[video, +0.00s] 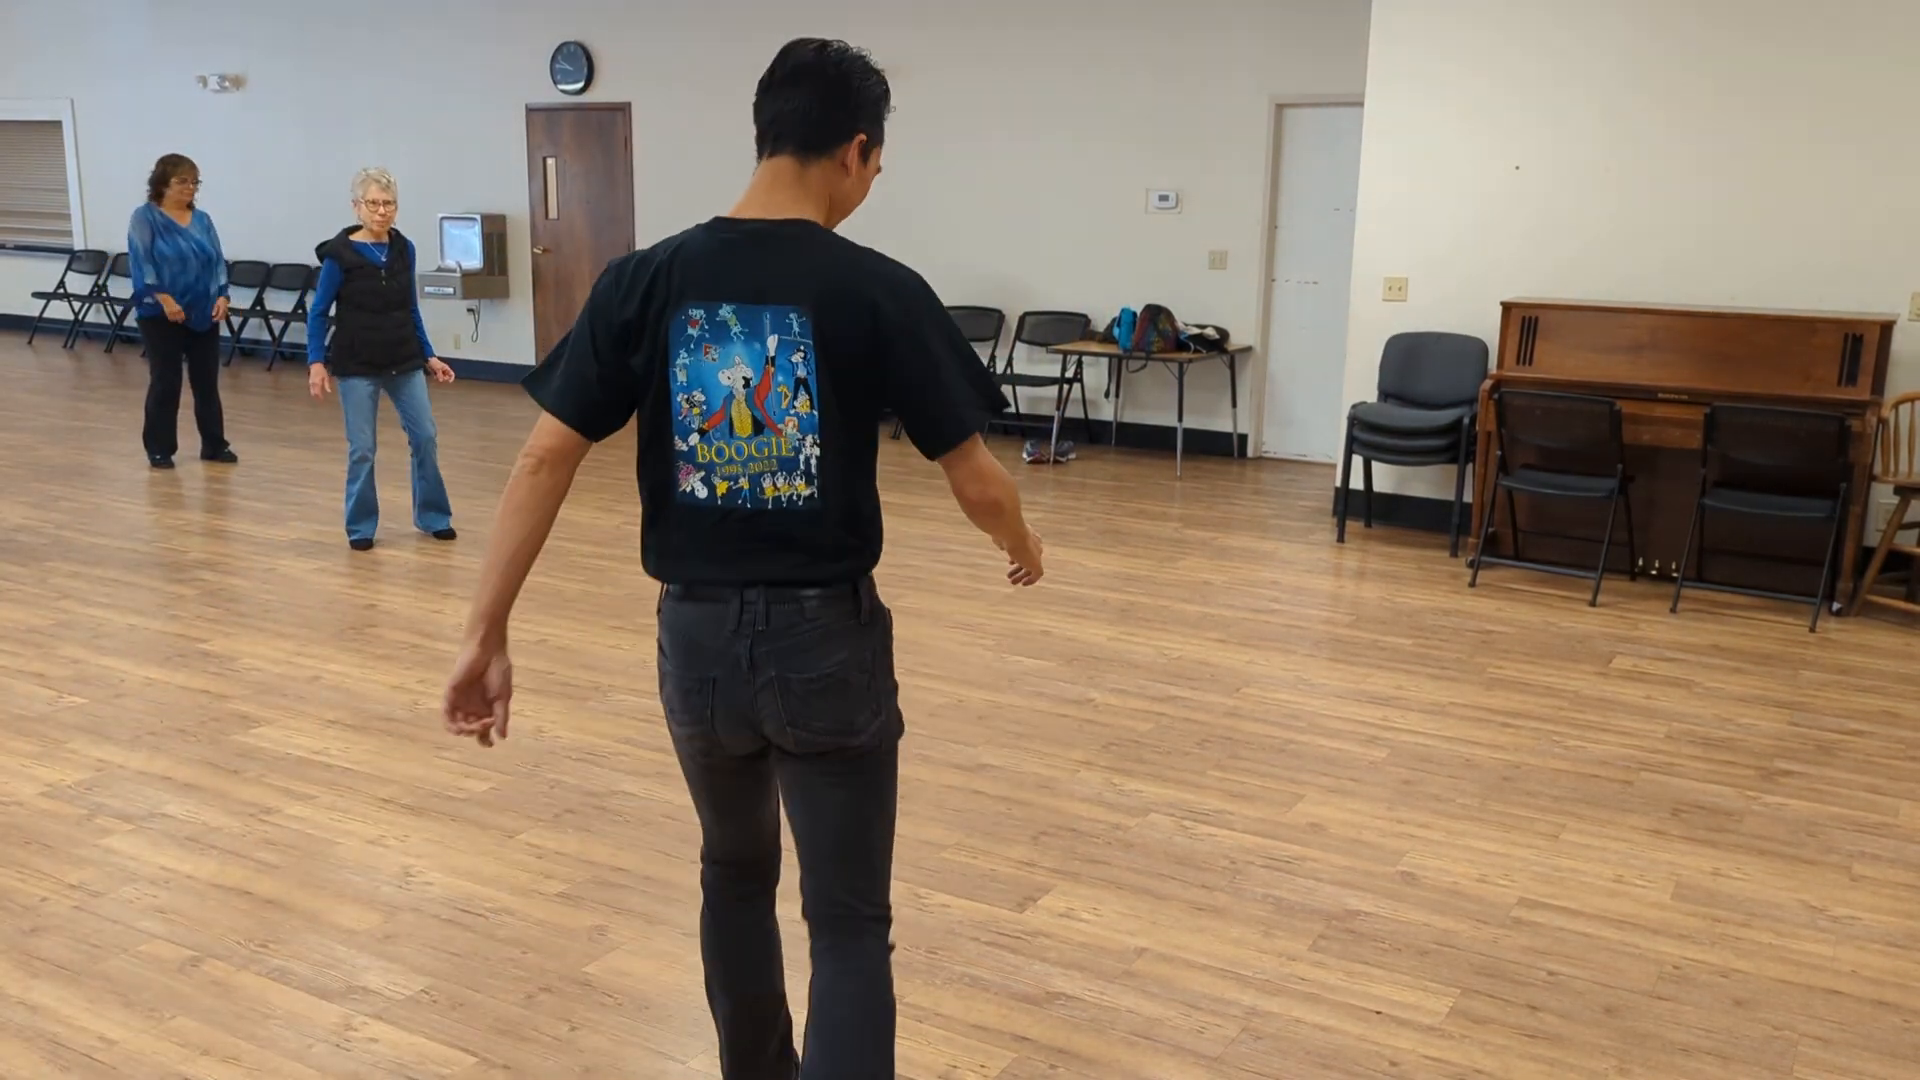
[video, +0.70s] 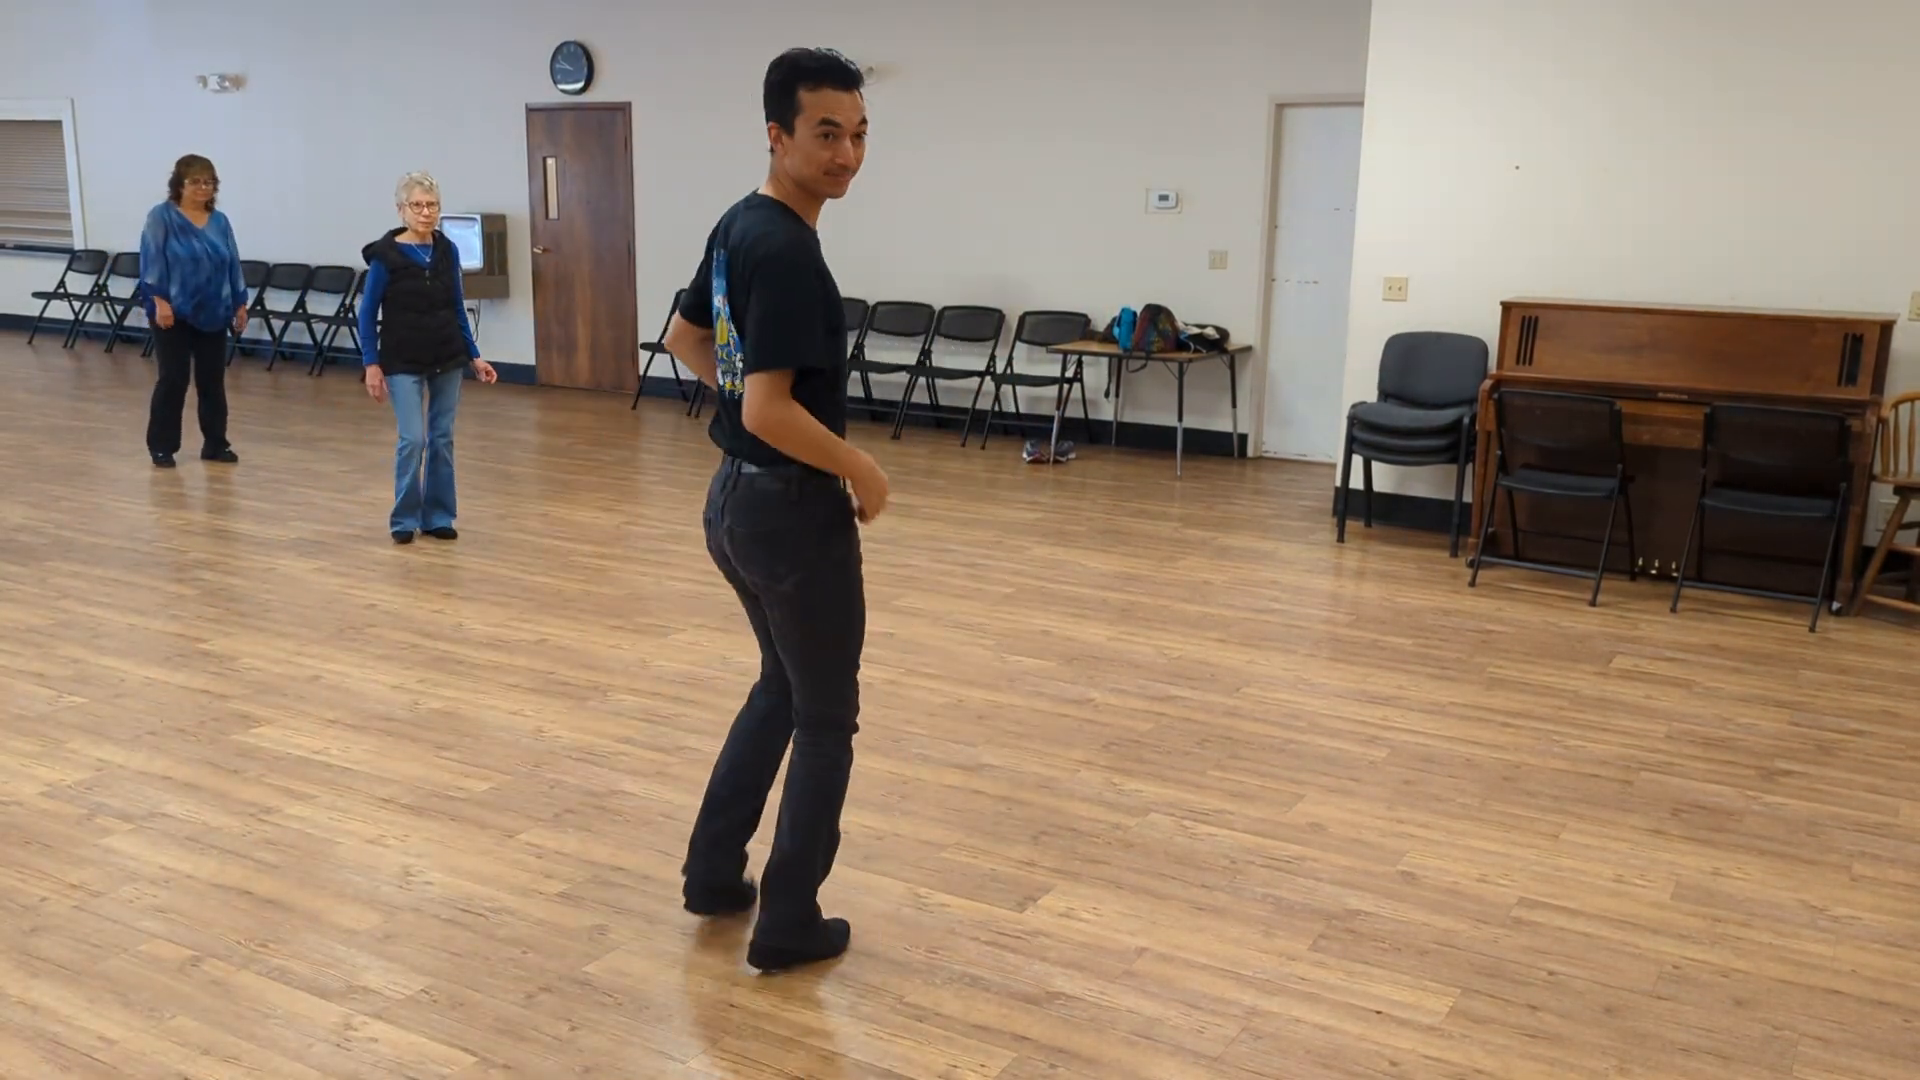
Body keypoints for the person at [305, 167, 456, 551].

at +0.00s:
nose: (382, 210)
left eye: (388, 203)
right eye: (373, 204)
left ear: (396, 207)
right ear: (357, 206)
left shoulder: (403, 249)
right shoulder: (340, 253)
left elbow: (411, 309)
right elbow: (318, 312)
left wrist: (429, 356)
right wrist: (316, 362)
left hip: (405, 361)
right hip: (356, 365)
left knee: (425, 436)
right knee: (362, 449)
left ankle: (434, 517)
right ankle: (361, 528)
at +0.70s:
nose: (426, 212)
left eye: (432, 205)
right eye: (417, 206)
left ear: (440, 209)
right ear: (402, 209)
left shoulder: (447, 250)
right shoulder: (386, 253)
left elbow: (458, 309)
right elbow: (367, 312)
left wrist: (475, 357)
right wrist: (371, 363)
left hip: (448, 358)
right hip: (403, 361)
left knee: (441, 439)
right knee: (413, 439)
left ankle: (439, 518)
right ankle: (405, 519)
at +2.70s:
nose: (409, 209)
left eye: (415, 203)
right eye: (401, 203)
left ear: (422, 207)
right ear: (384, 207)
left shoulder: (423, 248)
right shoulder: (368, 253)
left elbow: (416, 300)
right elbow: (335, 305)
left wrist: (421, 341)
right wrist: (351, 355)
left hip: (426, 358)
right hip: (384, 362)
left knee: (446, 433)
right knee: (393, 444)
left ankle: (438, 513)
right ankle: (403, 524)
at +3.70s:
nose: (441, 208)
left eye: (446, 201)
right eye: (432, 201)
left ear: (454, 206)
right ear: (416, 206)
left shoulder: (457, 247)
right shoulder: (401, 251)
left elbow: (459, 303)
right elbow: (373, 307)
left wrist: (476, 348)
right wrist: (385, 355)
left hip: (461, 358)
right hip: (417, 360)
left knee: (456, 441)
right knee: (416, 444)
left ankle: (456, 518)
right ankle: (406, 524)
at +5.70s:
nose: (424, 208)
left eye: (429, 201)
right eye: (415, 202)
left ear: (435, 205)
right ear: (397, 206)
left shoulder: (435, 247)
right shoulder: (382, 253)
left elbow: (436, 306)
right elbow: (353, 310)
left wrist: (454, 349)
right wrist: (370, 359)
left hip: (440, 359)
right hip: (397, 363)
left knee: (455, 439)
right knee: (403, 447)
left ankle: (464, 521)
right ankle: (409, 526)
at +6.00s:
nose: (433, 206)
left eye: (439, 199)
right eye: (424, 200)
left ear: (445, 203)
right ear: (406, 205)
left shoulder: (448, 246)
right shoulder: (393, 252)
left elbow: (451, 304)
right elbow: (367, 309)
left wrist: (471, 348)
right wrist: (382, 359)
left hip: (454, 357)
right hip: (411, 360)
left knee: (457, 441)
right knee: (411, 446)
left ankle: (464, 521)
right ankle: (411, 526)